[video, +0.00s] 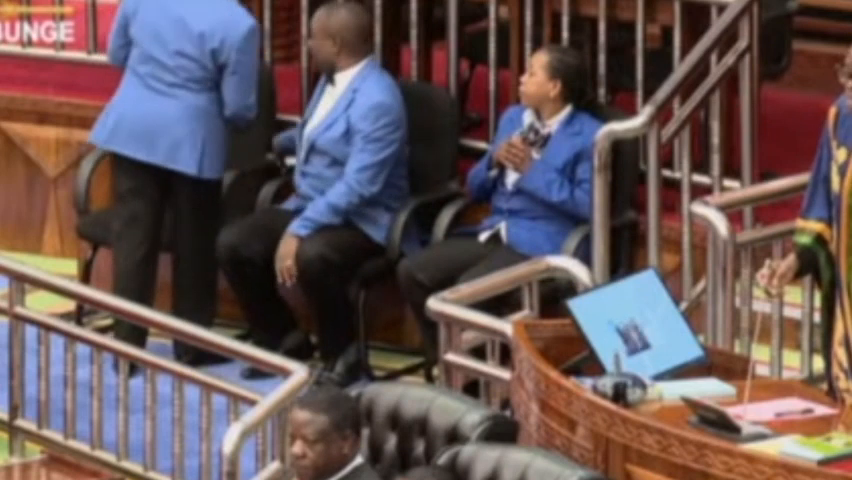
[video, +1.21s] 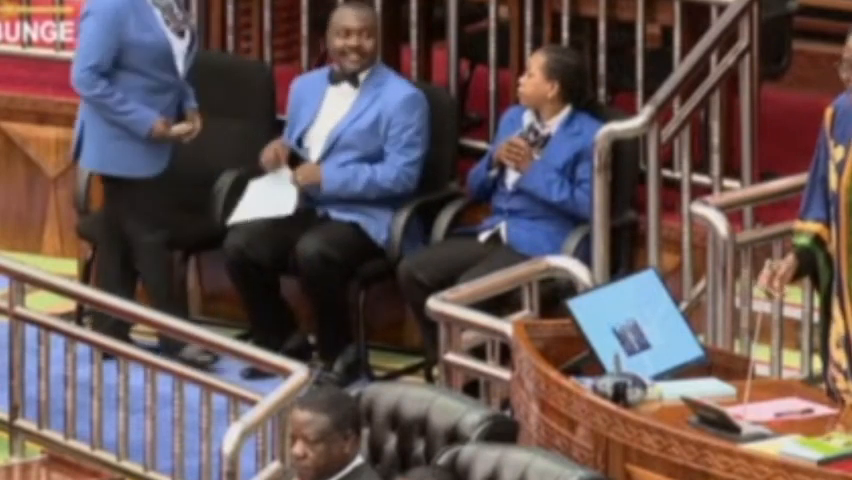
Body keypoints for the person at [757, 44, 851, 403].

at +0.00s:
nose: (844, 73)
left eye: (847, 66)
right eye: (843, 66)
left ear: (847, 73)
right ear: (838, 71)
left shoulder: (838, 116)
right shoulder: (839, 115)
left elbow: (821, 195)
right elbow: (822, 195)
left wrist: (798, 258)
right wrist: (798, 257)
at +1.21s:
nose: (844, 69)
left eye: (849, 62)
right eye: (843, 61)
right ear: (839, 61)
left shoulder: (840, 114)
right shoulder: (839, 113)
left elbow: (819, 203)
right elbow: (821, 201)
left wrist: (797, 259)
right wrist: (796, 260)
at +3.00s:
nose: (844, 68)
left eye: (849, 58)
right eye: (840, 58)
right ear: (832, 59)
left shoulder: (838, 114)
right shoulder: (835, 114)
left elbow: (821, 199)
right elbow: (818, 195)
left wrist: (805, 237)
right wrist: (803, 237)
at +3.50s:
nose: (848, 68)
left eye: (851, 57)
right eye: (842, 57)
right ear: (832, 58)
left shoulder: (830, 118)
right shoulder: (828, 118)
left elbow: (817, 218)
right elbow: (817, 216)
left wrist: (795, 233)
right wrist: (792, 234)